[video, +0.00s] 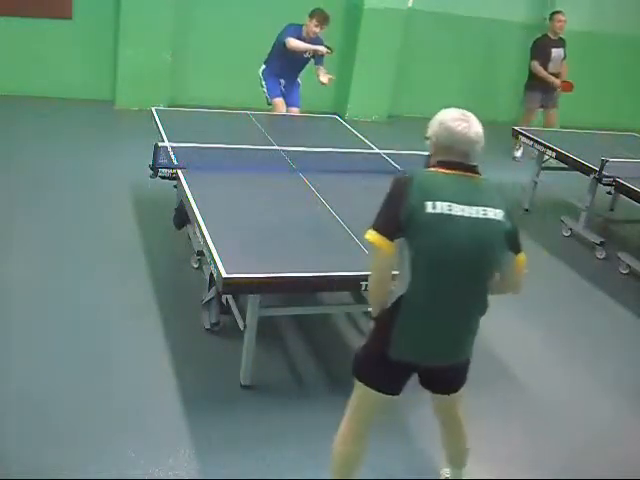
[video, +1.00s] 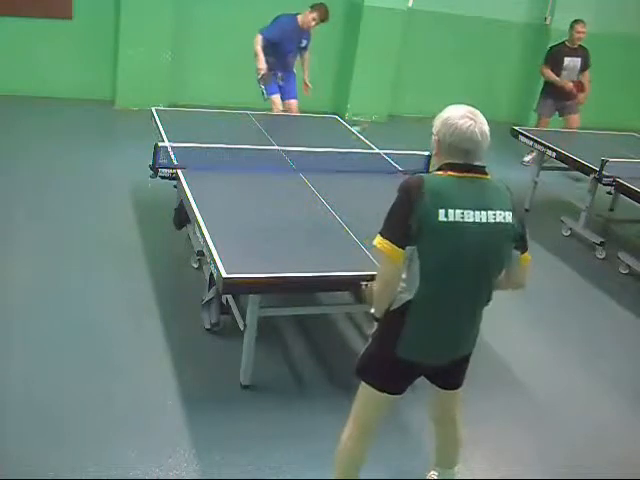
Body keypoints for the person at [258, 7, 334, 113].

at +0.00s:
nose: (317, 31)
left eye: (321, 28)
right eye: (316, 26)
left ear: (323, 29)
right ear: (308, 21)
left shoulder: (318, 43)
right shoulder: (291, 29)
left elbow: (319, 65)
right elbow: (290, 44)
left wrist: (322, 76)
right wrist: (316, 48)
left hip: (291, 78)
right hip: (271, 73)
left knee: (294, 114)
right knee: (280, 109)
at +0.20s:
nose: (317, 17)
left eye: (320, 15)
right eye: (315, 13)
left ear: (322, 16)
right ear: (307, 9)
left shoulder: (318, 32)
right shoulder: (291, 18)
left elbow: (321, 54)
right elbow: (289, 31)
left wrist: (325, 58)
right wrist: (316, 35)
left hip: (293, 71)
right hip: (273, 67)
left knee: (295, 111)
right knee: (279, 109)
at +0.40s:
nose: (315, 9)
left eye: (319, 6)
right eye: (313, 4)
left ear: (321, 8)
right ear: (306, 2)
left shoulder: (318, 25)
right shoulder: (289, 15)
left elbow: (322, 49)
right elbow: (291, 33)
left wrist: (327, 60)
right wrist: (318, 29)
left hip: (295, 69)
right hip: (275, 65)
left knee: (296, 110)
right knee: (280, 109)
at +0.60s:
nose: (315, 18)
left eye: (319, 16)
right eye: (315, 13)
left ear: (320, 17)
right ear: (307, 8)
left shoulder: (311, 31)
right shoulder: (288, 22)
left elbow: (314, 57)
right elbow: (293, 53)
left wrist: (317, 78)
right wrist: (313, 40)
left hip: (292, 71)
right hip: (273, 69)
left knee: (296, 109)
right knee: (283, 108)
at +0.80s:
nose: (316, 32)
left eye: (320, 31)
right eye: (316, 27)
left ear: (320, 32)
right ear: (311, 20)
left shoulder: (308, 37)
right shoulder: (288, 27)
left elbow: (306, 60)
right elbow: (265, 48)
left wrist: (308, 79)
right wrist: (279, 57)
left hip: (291, 74)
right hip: (270, 72)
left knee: (295, 111)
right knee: (281, 109)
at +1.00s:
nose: (312, 24)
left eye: (316, 23)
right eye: (313, 19)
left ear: (317, 25)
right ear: (308, 12)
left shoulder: (306, 33)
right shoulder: (284, 22)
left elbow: (304, 54)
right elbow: (259, 37)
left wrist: (305, 77)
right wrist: (261, 62)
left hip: (288, 71)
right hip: (269, 69)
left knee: (292, 109)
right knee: (277, 107)